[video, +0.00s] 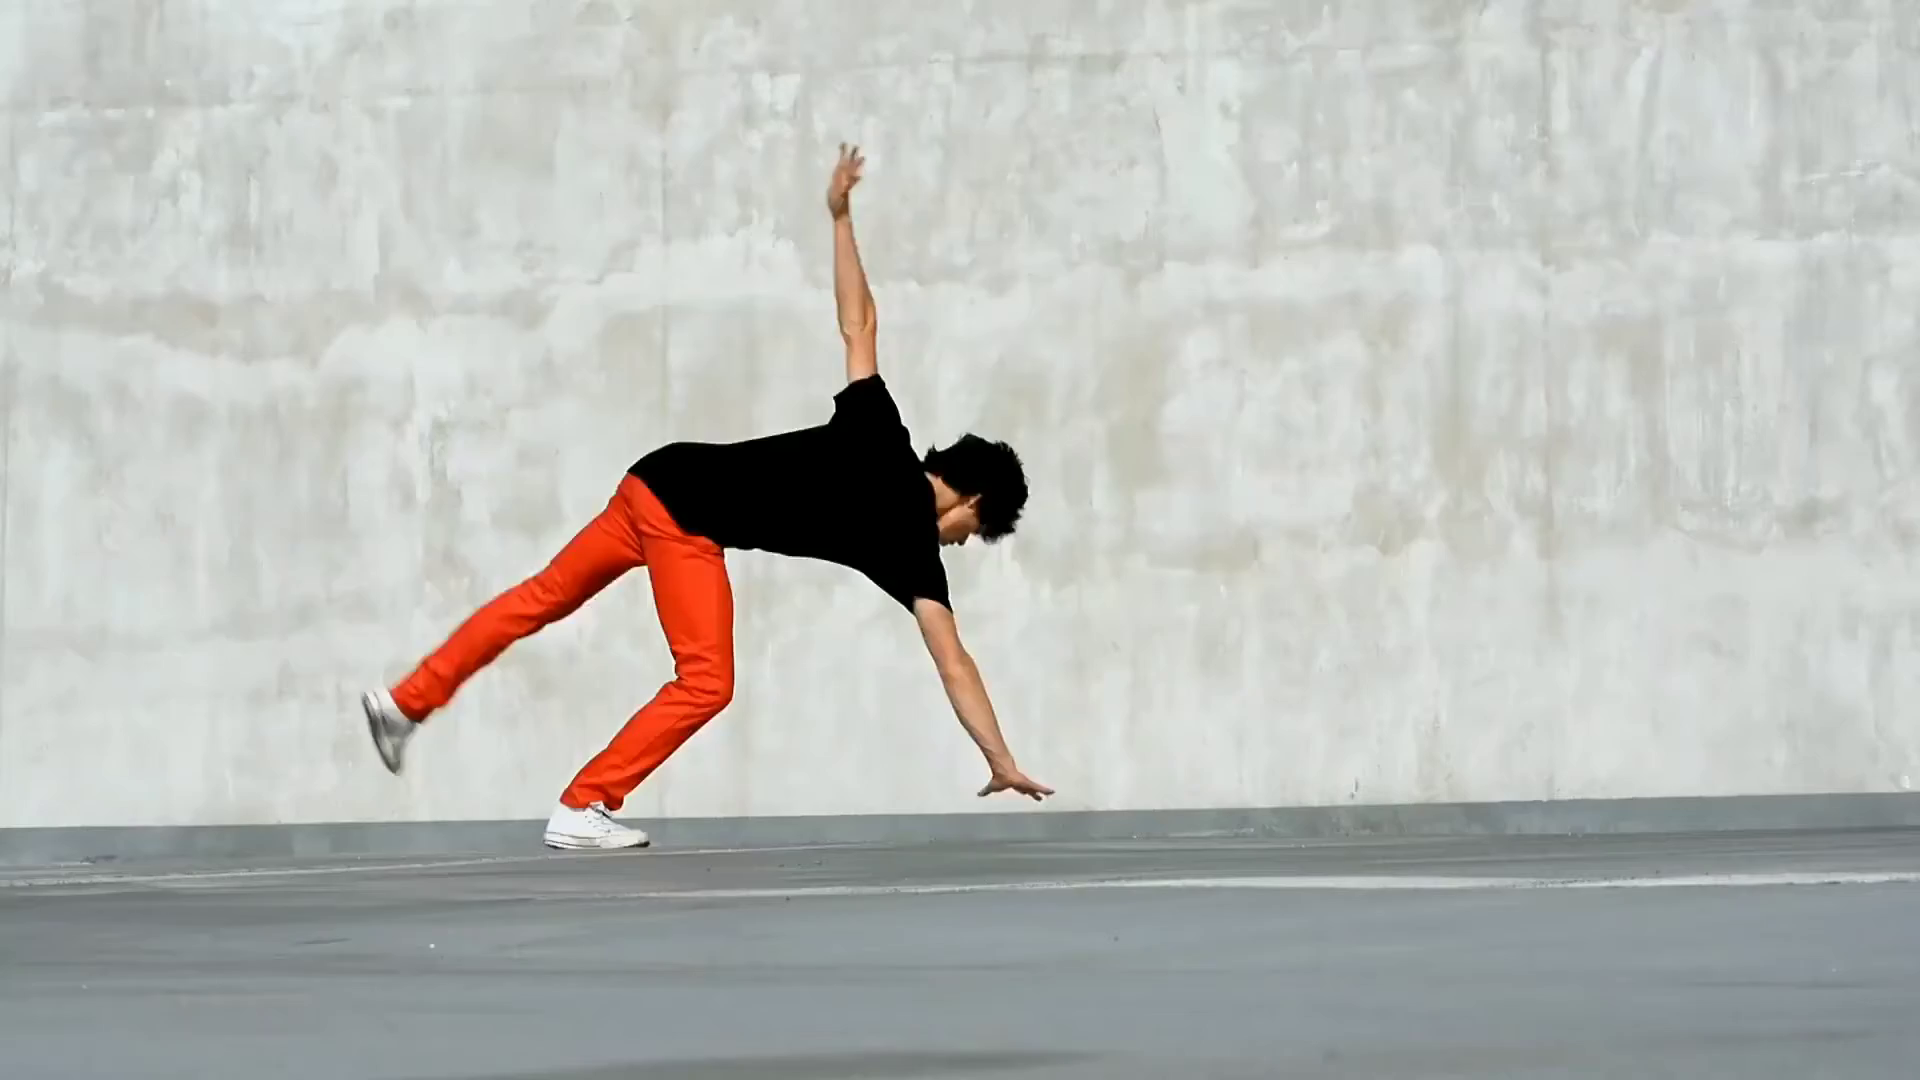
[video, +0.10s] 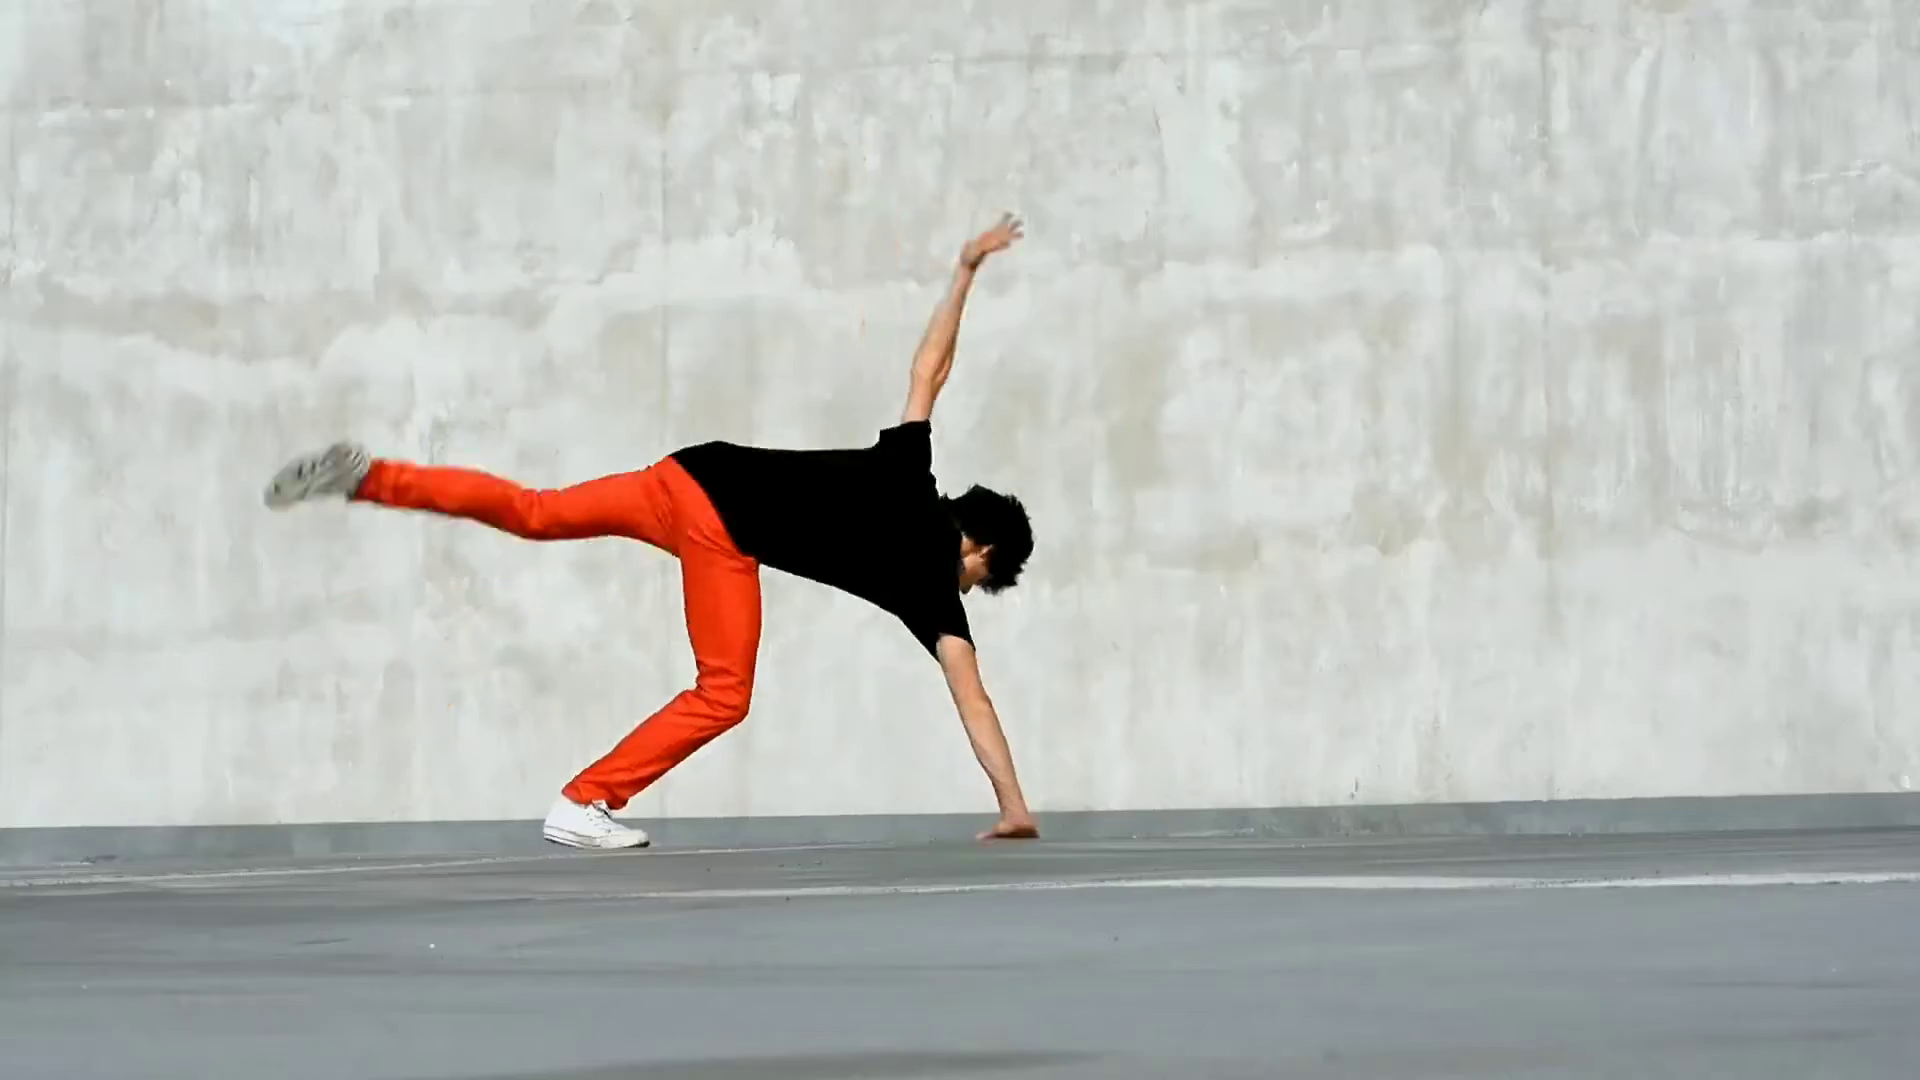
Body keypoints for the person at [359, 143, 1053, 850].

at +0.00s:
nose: (965, 538)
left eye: (976, 529)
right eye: (975, 525)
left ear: (948, 467)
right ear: (960, 496)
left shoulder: (876, 425)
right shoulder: (912, 551)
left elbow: (857, 317)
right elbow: (953, 663)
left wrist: (840, 212)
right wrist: (1003, 762)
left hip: (656, 480)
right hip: (688, 520)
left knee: (545, 595)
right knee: (706, 683)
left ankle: (404, 706)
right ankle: (584, 809)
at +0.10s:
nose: (981, 587)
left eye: (990, 574)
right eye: (987, 575)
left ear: (965, 520)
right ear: (974, 551)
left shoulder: (908, 464)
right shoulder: (932, 595)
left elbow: (930, 371)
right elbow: (974, 701)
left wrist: (964, 273)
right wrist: (1017, 806)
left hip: (686, 477)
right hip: (720, 534)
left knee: (532, 513)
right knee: (723, 696)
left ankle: (361, 475)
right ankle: (585, 806)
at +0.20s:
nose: (981, 640)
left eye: (989, 631)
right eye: (989, 630)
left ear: (967, 571)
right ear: (979, 606)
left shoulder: (920, 523)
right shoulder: (952, 621)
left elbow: (946, 468)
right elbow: (985, 720)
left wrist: (993, 418)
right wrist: (1018, 822)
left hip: (755, 450)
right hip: (777, 517)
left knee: (597, 409)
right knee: (729, 673)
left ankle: (591, 284)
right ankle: (585, 782)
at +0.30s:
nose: (927, 689)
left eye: (930, 692)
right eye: (942, 690)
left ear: (926, 657)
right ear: (961, 664)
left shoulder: (898, 599)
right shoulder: (980, 633)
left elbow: (835, 568)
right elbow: (1001, 730)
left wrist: (820, 581)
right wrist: (1023, 825)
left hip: (824, 421)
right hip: (851, 466)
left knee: (703, 315)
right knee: (753, 615)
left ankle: (861, 269)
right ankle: (620, 732)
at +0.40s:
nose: (924, 705)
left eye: (913, 708)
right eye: (927, 710)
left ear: (893, 672)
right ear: (946, 680)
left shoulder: (867, 607)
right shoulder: (984, 630)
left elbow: (744, 621)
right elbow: (1014, 725)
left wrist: (652, 637)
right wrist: (1023, 830)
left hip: (853, 414)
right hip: (913, 431)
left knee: (802, 261)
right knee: (840, 561)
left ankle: (968, 280)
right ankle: (756, 675)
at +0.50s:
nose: (911, 703)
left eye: (895, 705)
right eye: (913, 708)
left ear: (872, 676)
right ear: (923, 681)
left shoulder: (844, 599)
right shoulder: (968, 630)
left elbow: (750, 648)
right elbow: (1018, 728)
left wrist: (656, 701)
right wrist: (1023, 837)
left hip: (882, 408)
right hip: (962, 423)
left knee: (834, 253)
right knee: (969, 510)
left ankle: (974, 194)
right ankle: (1013, 618)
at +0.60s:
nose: (896, 709)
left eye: (881, 712)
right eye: (892, 713)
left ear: (857, 677)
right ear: (901, 685)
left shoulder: (841, 610)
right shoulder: (981, 637)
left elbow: (833, 680)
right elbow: (1010, 728)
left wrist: (821, 777)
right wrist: (1020, 830)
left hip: (908, 409)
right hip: (985, 420)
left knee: (851, 257)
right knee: (1106, 501)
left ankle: (881, 102)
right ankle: (1255, 578)